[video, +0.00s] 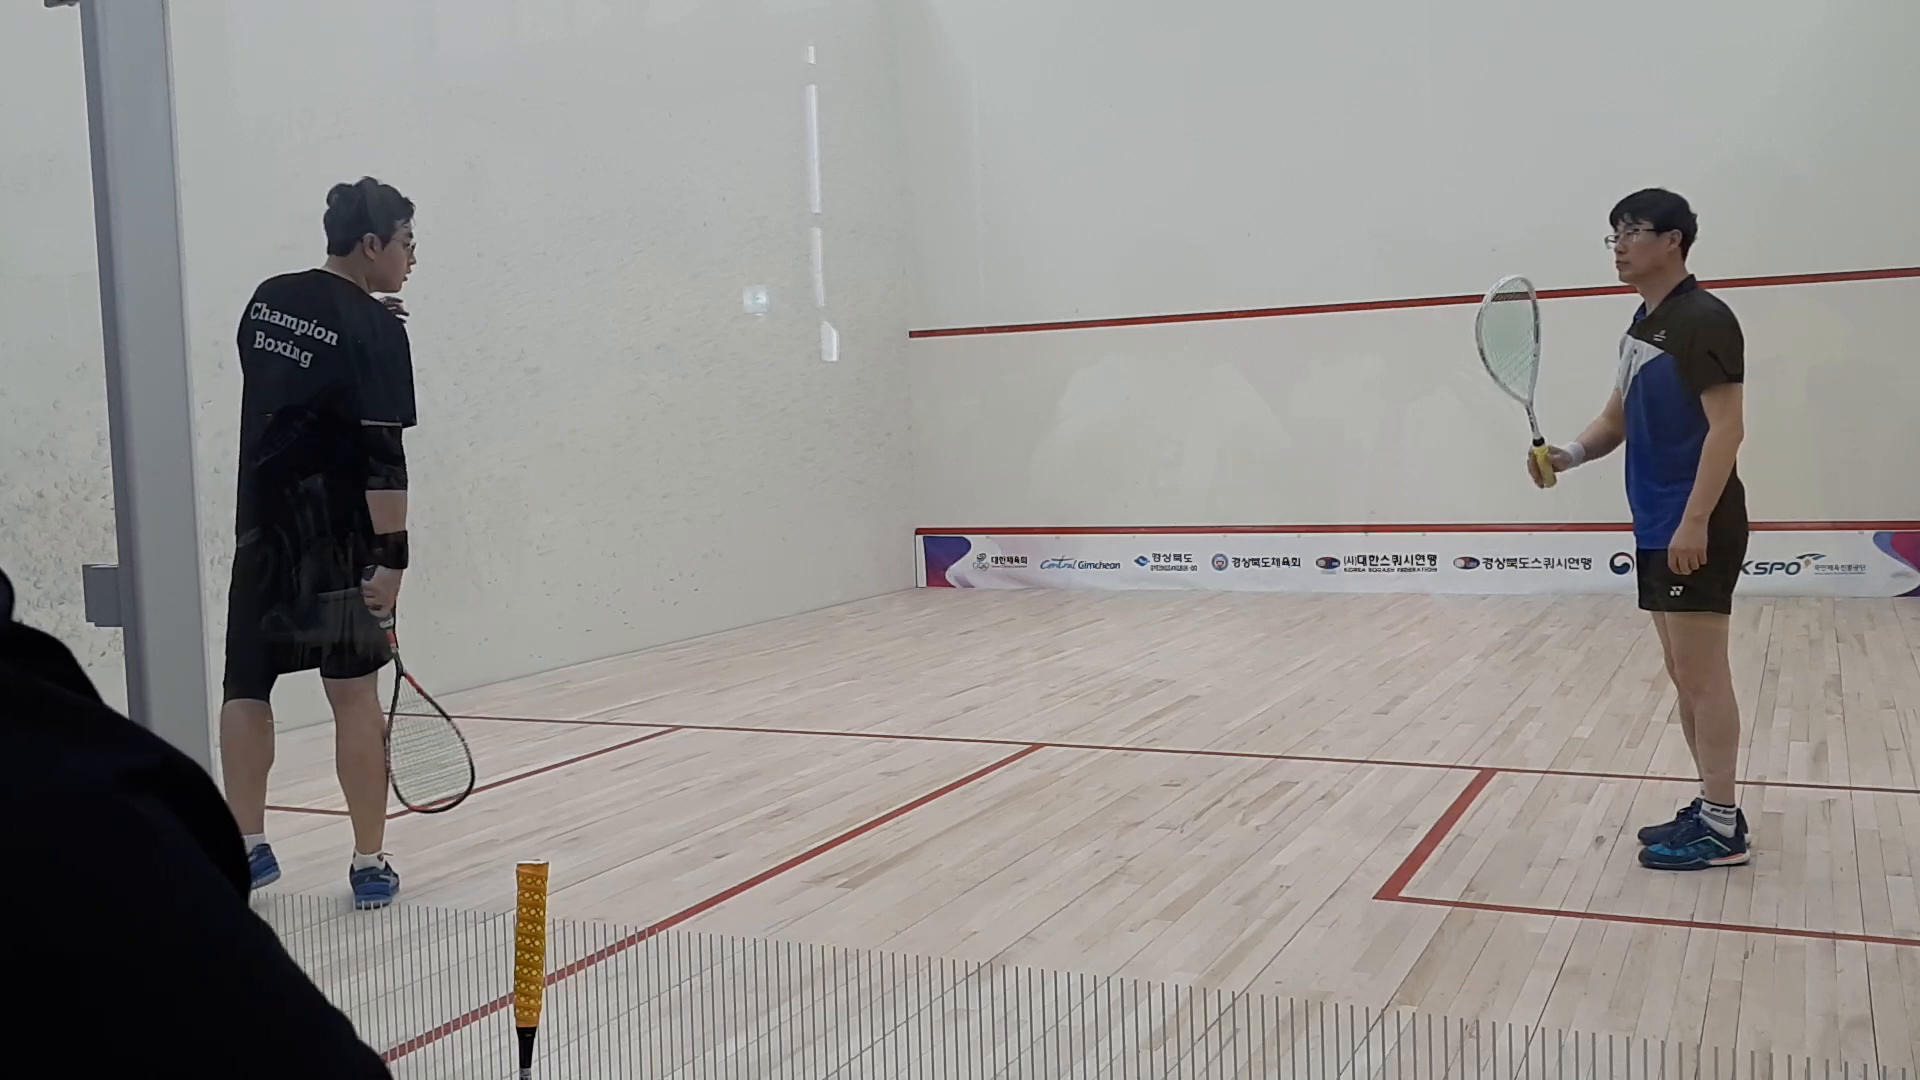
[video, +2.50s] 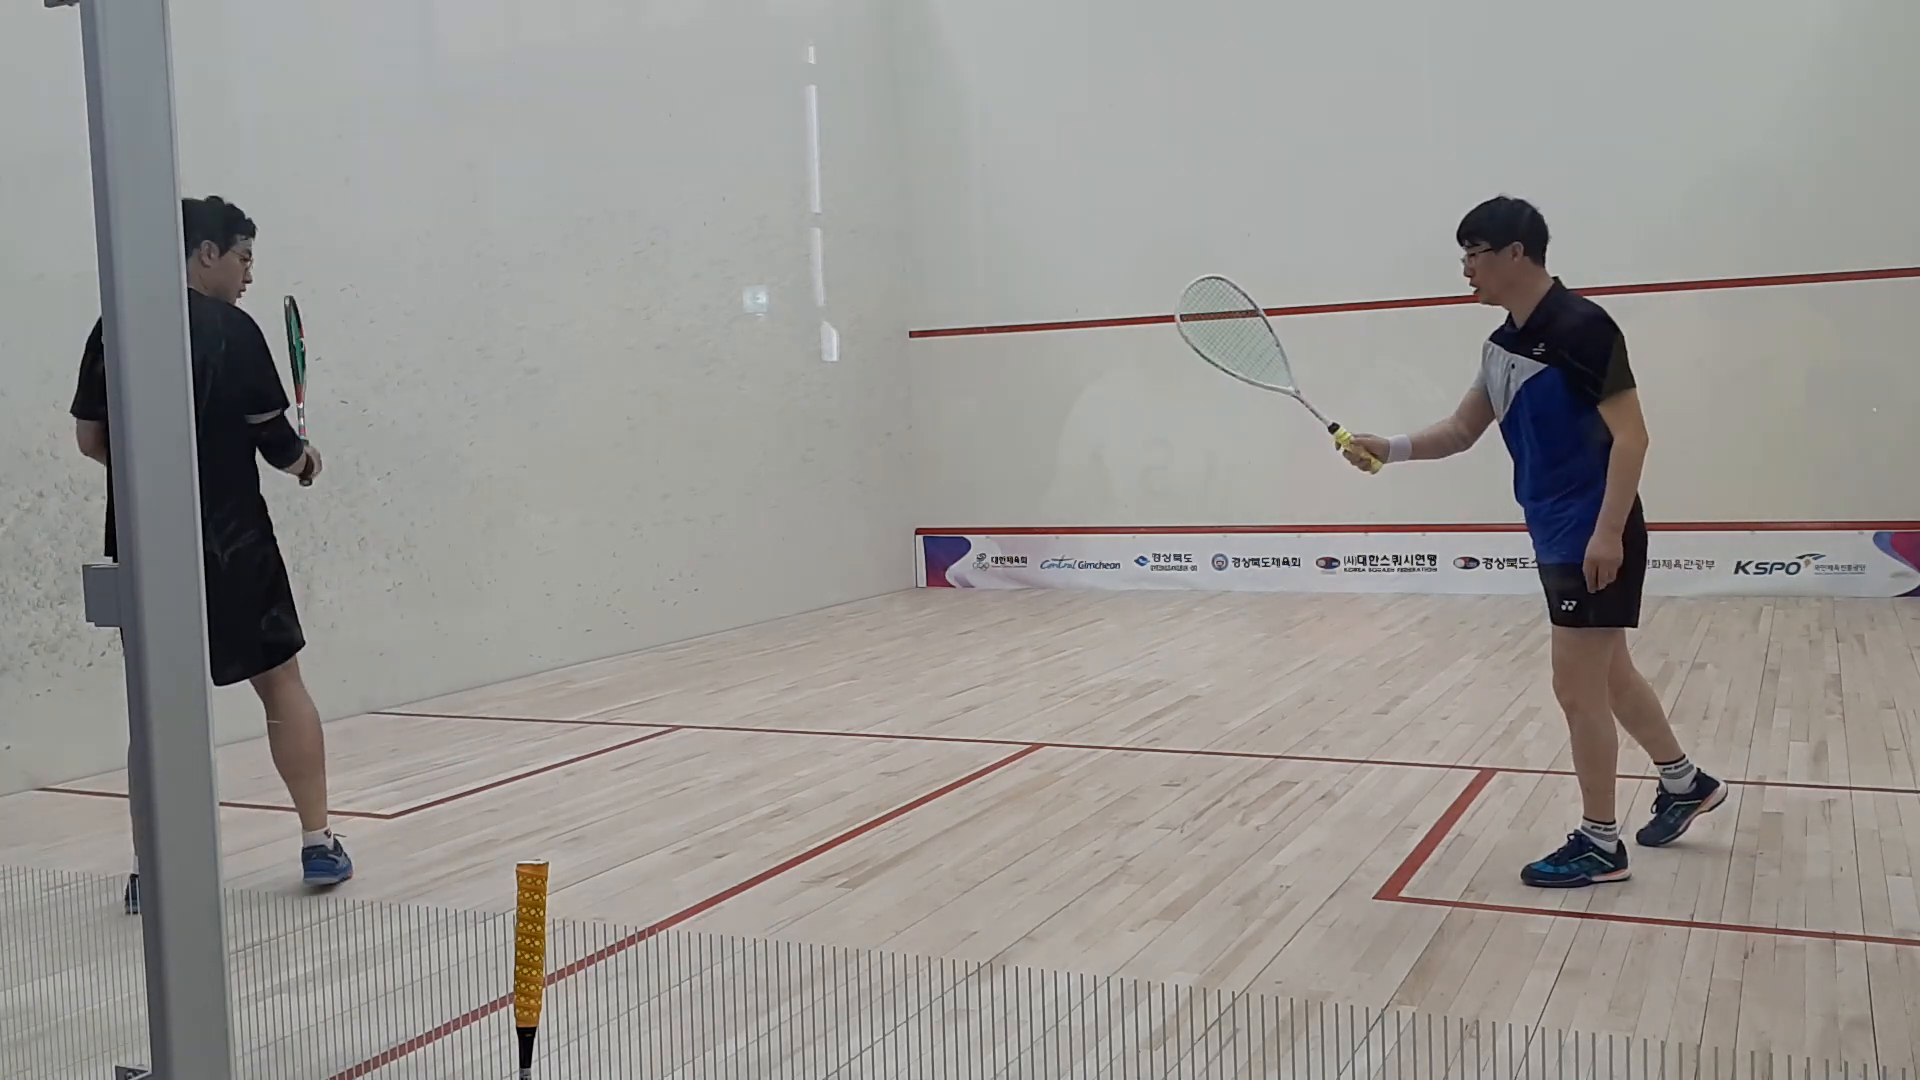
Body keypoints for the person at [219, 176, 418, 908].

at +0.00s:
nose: (411, 255)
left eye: (410, 241)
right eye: (405, 241)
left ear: (342, 242)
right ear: (373, 243)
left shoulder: (269, 296)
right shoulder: (376, 330)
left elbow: (275, 364)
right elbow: (384, 455)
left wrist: (374, 316)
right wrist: (392, 560)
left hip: (260, 537)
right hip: (342, 540)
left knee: (246, 689)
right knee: (356, 695)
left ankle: (249, 845)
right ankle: (370, 861)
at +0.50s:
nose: (440, 294)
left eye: (442, 280)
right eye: (435, 277)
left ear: (374, 269)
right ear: (394, 268)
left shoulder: (292, 307)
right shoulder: (393, 340)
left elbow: (232, 409)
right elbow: (385, 465)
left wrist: (290, 457)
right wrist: (396, 567)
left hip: (240, 534)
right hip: (322, 541)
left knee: (229, 701)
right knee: (342, 699)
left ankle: (205, 860)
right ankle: (369, 864)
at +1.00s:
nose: (305, 242)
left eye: (301, 226)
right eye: (293, 228)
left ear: (240, 242)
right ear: (251, 239)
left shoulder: (180, 313)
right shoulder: (278, 316)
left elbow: (167, 435)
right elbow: (308, 436)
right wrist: (370, 509)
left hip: (204, 549)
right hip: (289, 545)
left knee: (210, 720)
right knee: (332, 695)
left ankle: (199, 874)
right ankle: (368, 854)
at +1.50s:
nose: (261, 237)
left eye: (260, 225)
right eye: (241, 226)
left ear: (218, 248)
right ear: (200, 244)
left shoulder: (176, 317)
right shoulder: (236, 327)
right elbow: (276, 447)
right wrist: (327, 511)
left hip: (199, 546)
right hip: (264, 540)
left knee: (214, 714)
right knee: (295, 691)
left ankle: (189, 868)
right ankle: (311, 849)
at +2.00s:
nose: (316, 271)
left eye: (316, 258)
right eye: (305, 257)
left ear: (255, 265)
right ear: (260, 260)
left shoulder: (190, 320)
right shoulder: (270, 332)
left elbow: (170, 438)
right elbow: (280, 453)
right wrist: (297, 550)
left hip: (177, 543)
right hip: (242, 547)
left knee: (165, 705)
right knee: (269, 696)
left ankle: (152, 868)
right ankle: (304, 849)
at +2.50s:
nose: (249, 273)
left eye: (249, 259)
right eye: (242, 259)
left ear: (187, 257)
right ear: (206, 256)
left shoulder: (113, 323)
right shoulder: (231, 330)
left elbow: (91, 437)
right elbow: (272, 437)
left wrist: (157, 455)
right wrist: (303, 460)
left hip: (143, 549)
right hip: (232, 543)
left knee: (153, 711)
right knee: (282, 690)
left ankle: (152, 869)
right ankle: (319, 843)